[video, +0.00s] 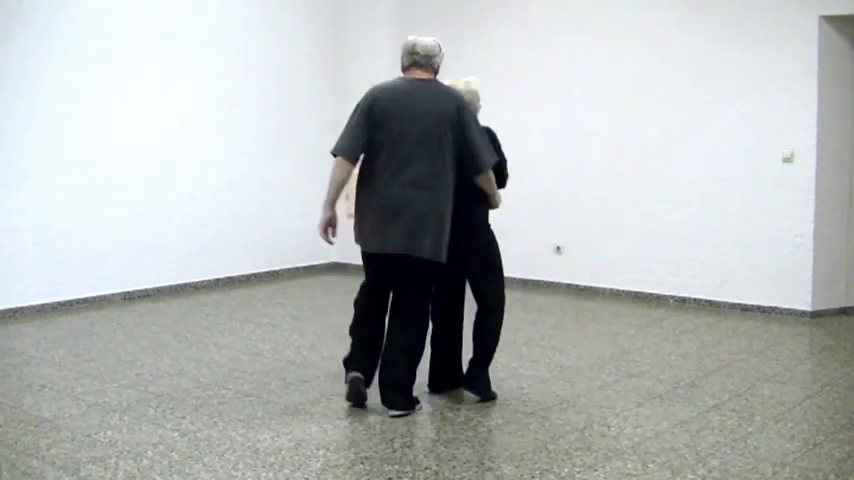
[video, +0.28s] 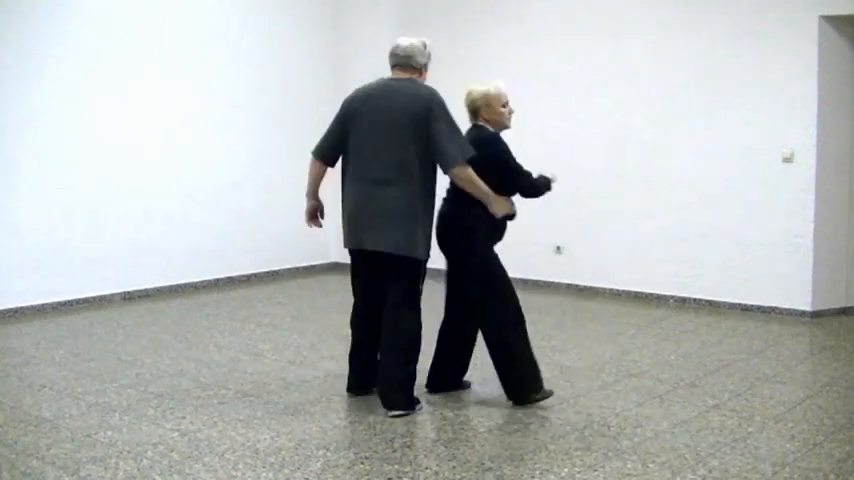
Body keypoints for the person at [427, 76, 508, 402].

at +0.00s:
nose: (479, 109)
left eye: (475, 105)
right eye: (478, 105)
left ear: (448, 106)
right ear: (475, 106)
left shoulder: (432, 135)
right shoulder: (483, 135)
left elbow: (425, 178)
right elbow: (499, 178)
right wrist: (480, 198)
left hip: (439, 231)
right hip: (475, 232)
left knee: (447, 304)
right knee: (492, 302)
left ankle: (443, 375)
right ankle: (478, 374)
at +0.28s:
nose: (510, 110)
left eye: (508, 105)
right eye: (503, 105)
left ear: (484, 113)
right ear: (485, 111)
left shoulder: (471, 138)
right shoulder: (489, 142)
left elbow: (498, 178)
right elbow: (521, 184)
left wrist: (525, 181)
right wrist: (545, 182)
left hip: (458, 232)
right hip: (472, 237)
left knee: (462, 308)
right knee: (503, 308)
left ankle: (444, 378)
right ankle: (525, 389)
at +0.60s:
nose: (517, 103)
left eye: (524, 97)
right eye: (511, 98)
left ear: (537, 103)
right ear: (504, 104)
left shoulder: (550, 144)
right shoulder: (488, 136)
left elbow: (559, 197)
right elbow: (470, 166)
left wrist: (514, 203)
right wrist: (513, 156)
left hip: (537, 236)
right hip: (494, 237)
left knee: (549, 308)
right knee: (506, 316)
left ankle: (513, 348)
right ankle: (520, 397)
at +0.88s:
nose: (508, 101)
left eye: (515, 96)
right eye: (509, 95)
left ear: (537, 104)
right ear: (521, 104)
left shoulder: (554, 145)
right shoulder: (510, 138)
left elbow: (538, 203)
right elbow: (467, 148)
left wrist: (493, 192)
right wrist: (459, 124)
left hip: (559, 243)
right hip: (526, 241)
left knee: (555, 319)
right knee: (529, 319)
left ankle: (580, 400)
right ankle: (551, 395)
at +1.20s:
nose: (528, 104)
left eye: (532, 97)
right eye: (530, 97)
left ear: (548, 104)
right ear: (563, 105)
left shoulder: (543, 142)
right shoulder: (584, 137)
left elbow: (503, 192)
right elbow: (554, 163)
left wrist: (467, 175)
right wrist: (527, 139)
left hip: (557, 243)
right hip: (593, 239)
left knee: (542, 324)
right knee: (572, 320)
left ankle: (568, 412)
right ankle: (559, 398)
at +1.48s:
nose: (553, 111)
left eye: (556, 105)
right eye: (554, 104)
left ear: (566, 109)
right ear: (593, 109)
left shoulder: (549, 144)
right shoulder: (620, 145)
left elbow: (511, 195)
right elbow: (651, 192)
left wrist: (475, 193)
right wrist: (683, 229)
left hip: (558, 252)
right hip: (610, 252)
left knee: (560, 333)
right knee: (597, 328)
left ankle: (569, 422)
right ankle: (593, 412)